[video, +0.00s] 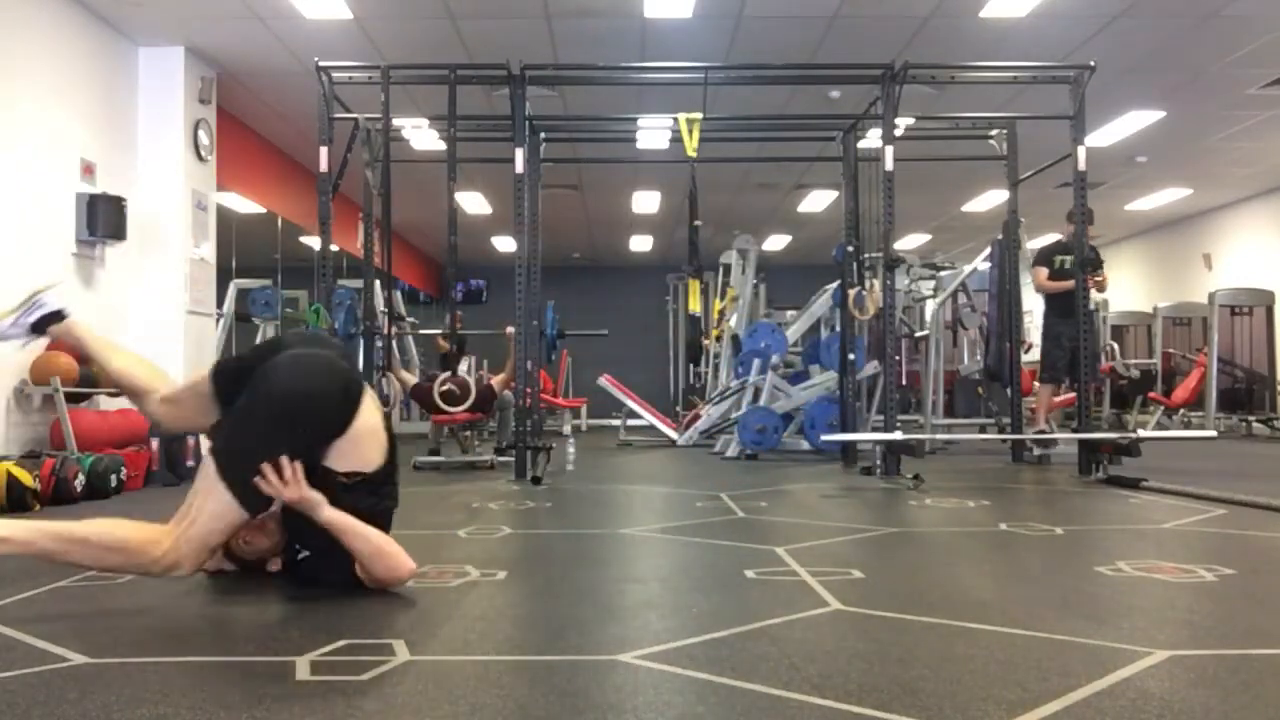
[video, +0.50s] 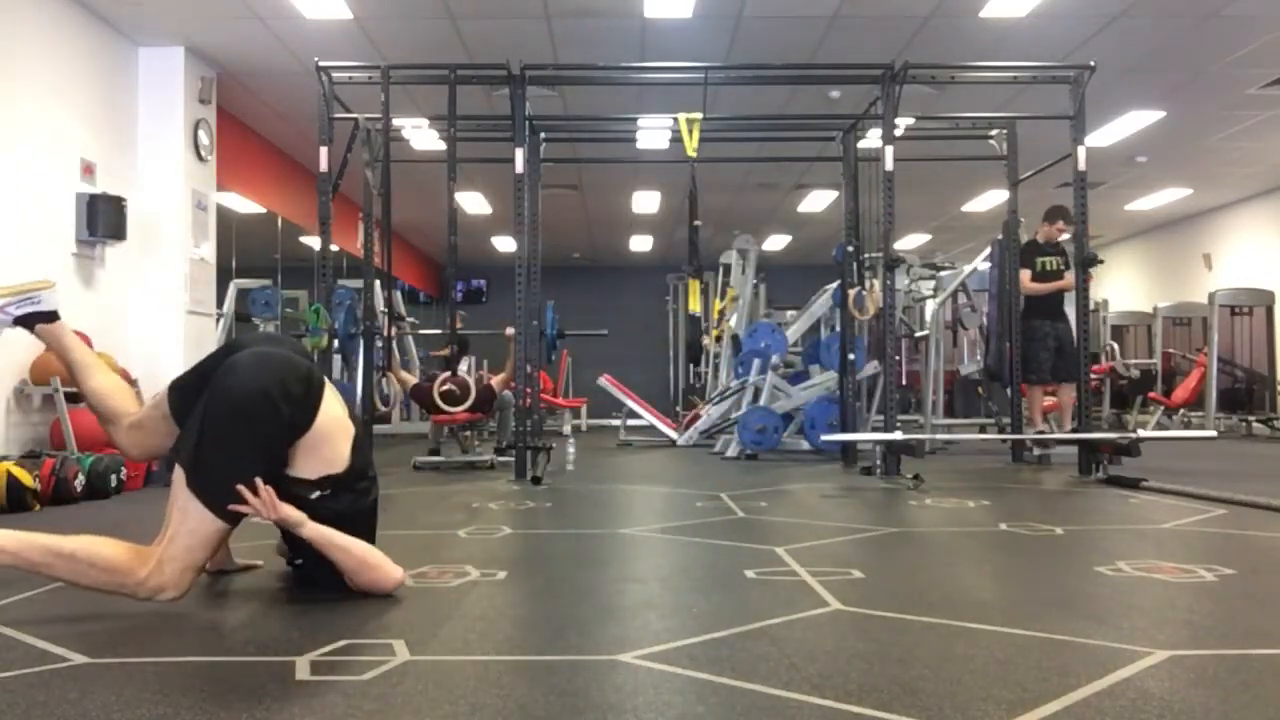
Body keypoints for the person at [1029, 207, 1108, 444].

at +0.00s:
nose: (1080, 230)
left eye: (1085, 226)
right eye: (1076, 224)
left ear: (1091, 228)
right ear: (1067, 225)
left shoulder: (1092, 254)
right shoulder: (1047, 252)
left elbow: (1101, 286)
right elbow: (1040, 284)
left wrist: (1098, 282)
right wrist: (1074, 284)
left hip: (1083, 321)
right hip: (1057, 321)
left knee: (1086, 374)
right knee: (1050, 375)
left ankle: (1085, 421)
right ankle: (1041, 423)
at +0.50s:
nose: (1061, 236)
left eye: (1063, 232)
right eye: (1059, 230)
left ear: (1060, 229)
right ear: (1047, 224)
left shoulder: (1059, 251)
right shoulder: (1028, 250)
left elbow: (1065, 279)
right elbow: (1025, 286)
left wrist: (1079, 278)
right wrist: (1061, 284)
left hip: (1058, 317)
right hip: (1035, 318)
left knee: (1067, 374)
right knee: (1037, 376)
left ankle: (1066, 425)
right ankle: (1037, 425)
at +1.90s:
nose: (1081, 229)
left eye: (1085, 224)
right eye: (1077, 223)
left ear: (1089, 225)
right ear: (1068, 223)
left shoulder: (1094, 252)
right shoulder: (1052, 251)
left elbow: (1102, 280)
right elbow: (1044, 284)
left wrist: (1101, 281)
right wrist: (1078, 283)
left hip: (1086, 318)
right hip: (1060, 318)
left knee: (1086, 373)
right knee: (1051, 373)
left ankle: (1085, 422)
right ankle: (1040, 423)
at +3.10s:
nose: (1078, 222)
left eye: (1082, 217)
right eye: (1073, 217)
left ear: (1088, 220)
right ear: (1065, 220)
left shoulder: (1097, 250)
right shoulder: (1052, 251)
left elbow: (1111, 285)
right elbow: (1034, 283)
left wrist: (1100, 274)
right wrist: (1051, 297)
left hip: (1090, 320)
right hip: (1063, 321)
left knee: (1090, 376)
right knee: (1058, 376)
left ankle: (1087, 425)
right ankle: (1054, 428)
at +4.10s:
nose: (1081, 223)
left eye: (1085, 218)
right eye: (1076, 219)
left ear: (1089, 220)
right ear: (1065, 221)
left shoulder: (1091, 250)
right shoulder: (1051, 252)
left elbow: (1111, 277)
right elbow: (1038, 281)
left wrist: (1096, 255)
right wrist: (1068, 266)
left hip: (1089, 320)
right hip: (1062, 320)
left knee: (1089, 376)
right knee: (1058, 377)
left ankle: (1087, 424)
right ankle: (1054, 428)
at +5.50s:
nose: (1080, 223)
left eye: (1085, 217)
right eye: (1075, 217)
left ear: (1090, 222)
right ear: (1066, 220)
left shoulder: (1093, 248)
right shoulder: (1057, 245)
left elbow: (1128, 253)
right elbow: (1043, 253)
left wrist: (1106, 230)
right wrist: (1058, 229)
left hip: (1088, 318)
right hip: (1063, 317)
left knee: (1088, 376)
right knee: (1058, 376)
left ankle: (1086, 425)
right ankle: (1055, 427)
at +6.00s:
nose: (1081, 220)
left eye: (1085, 215)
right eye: (1076, 214)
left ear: (1090, 219)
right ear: (1067, 218)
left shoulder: (1092, 247)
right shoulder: (1056, 244)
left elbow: (1127, 248)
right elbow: (1041, 250)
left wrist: (1103, 226)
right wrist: (1057, 223)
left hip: (1087, 315)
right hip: (1062, 315)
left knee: (1088, 373)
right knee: (1062, 375)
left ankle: (1086, 417)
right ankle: (1061, 416)